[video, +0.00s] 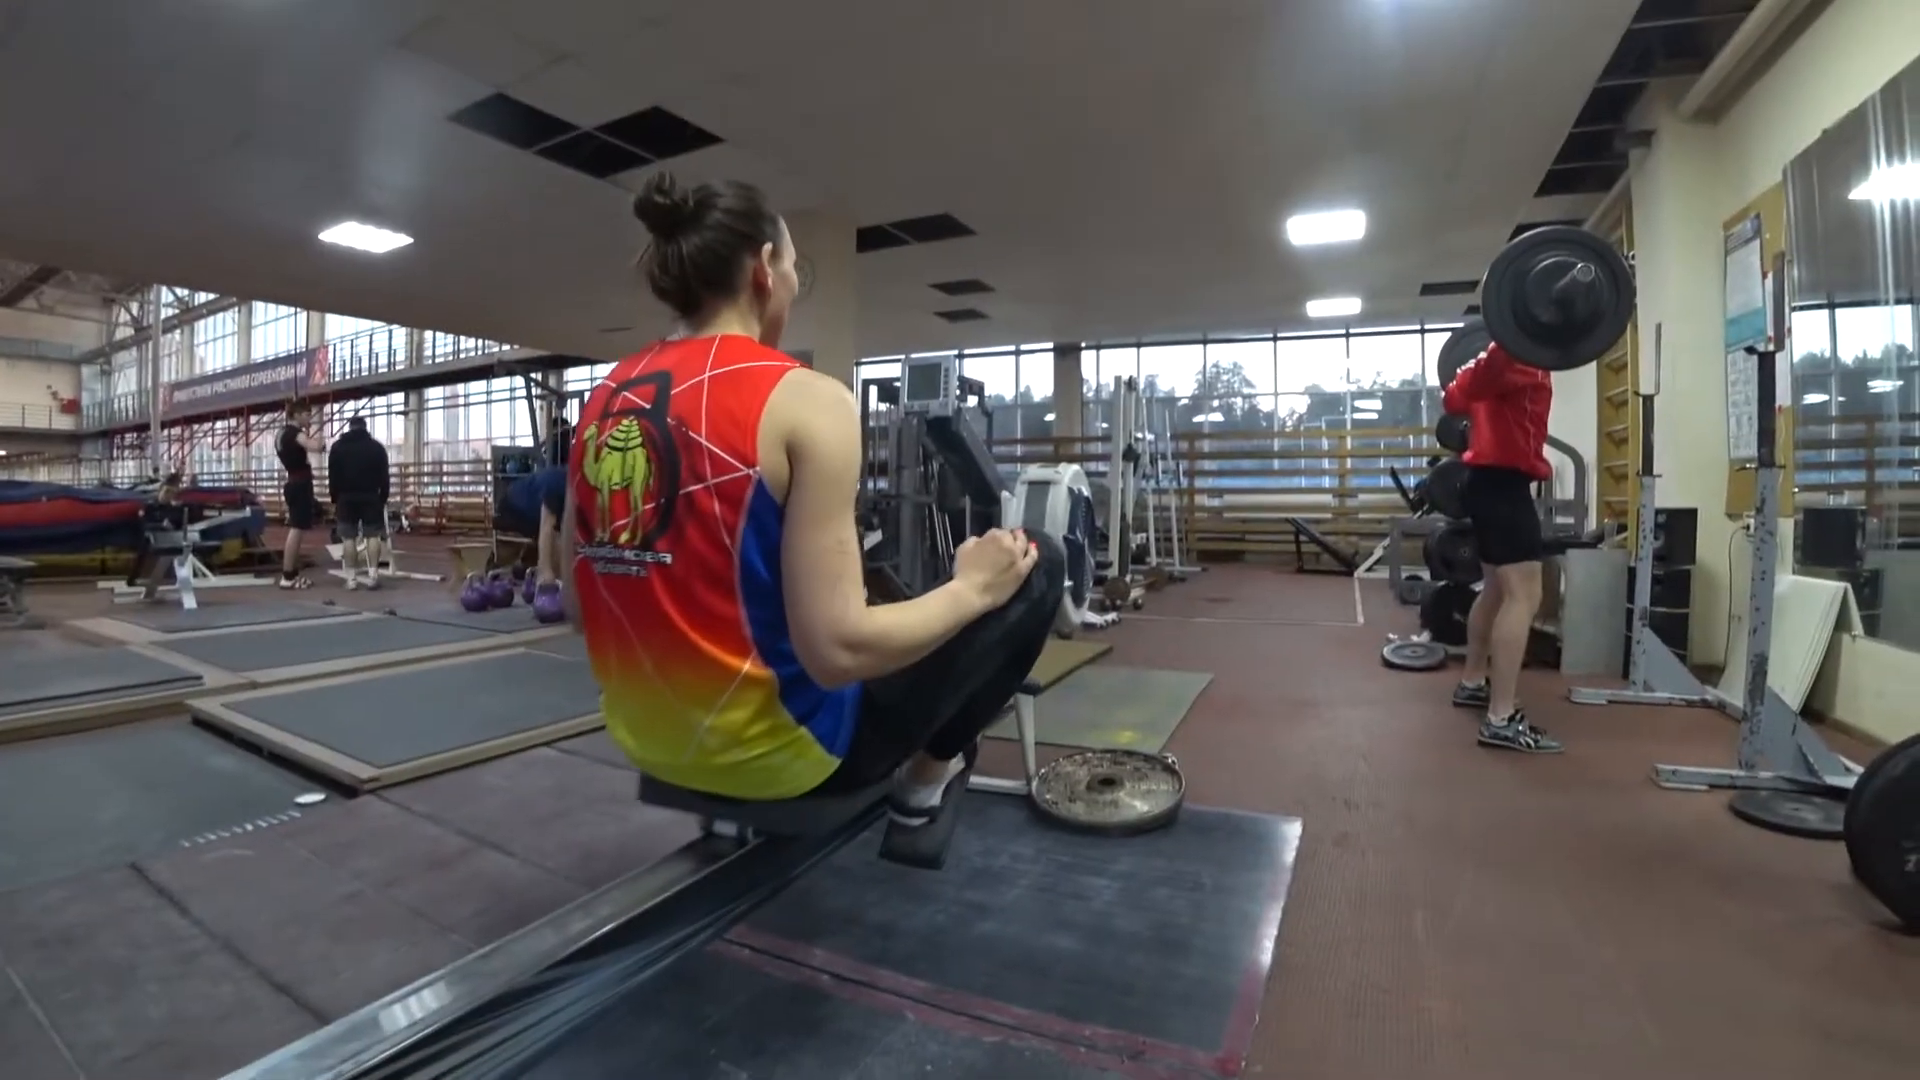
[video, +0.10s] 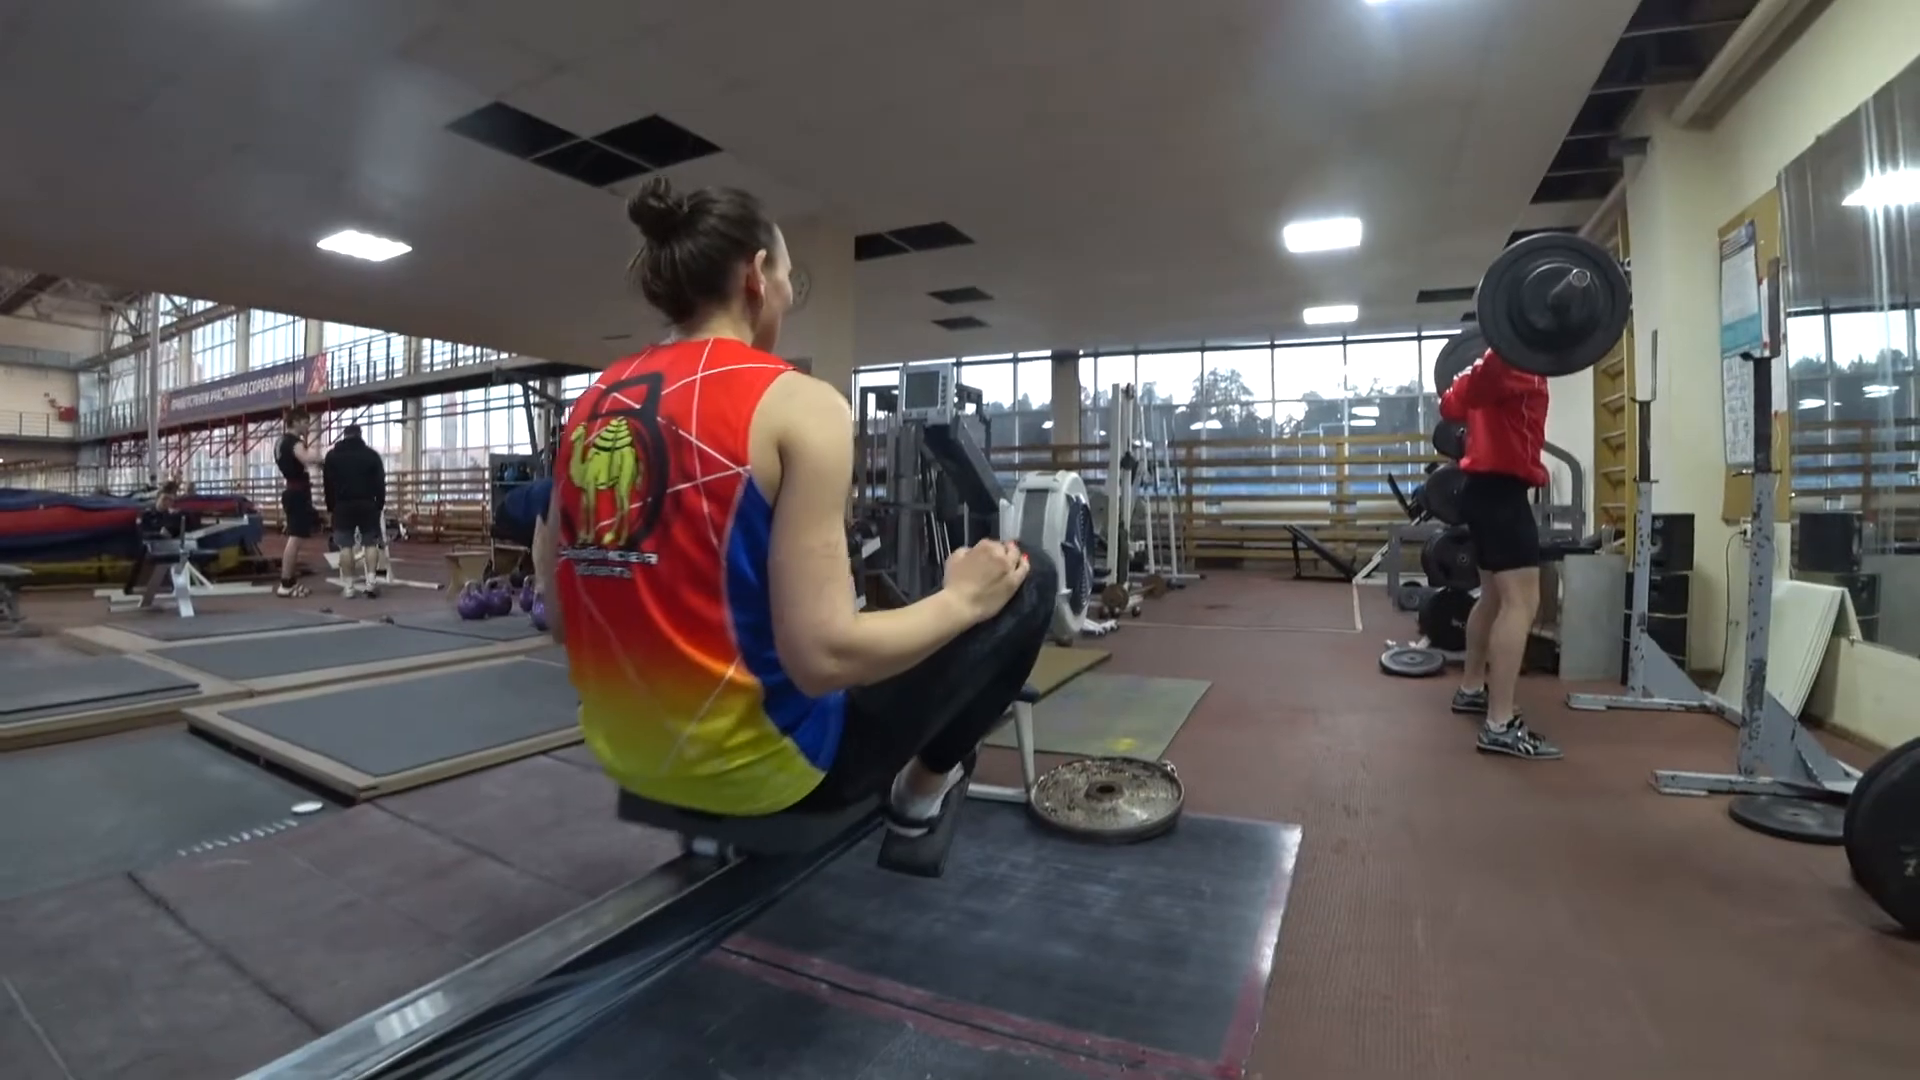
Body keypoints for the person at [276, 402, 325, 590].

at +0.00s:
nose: (309, 416)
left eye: (309, 413)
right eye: (306, 413)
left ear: (295, 415)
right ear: (296, 414)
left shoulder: (284, 434)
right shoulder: (293, 433)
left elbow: (309, 446)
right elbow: (316, 446)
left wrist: (308, 432)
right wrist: (318, 432)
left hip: (294, 483)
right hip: (300, 484)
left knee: (297, 529)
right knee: (297, 529)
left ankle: (290, 573)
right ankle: (289, 575)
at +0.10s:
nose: (308, 425)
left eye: (308, 422)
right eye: (305, 422)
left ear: (293, 422)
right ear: (295, 422)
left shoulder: (283, 442)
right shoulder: (292, 442)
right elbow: (310, 458)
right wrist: (315, 435)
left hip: (292, 492)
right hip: (298, 493)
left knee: (295, 537)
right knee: (295, 538)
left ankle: (288, 580)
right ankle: (286, 583)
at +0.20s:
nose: (307, 432)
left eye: (307, 428)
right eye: (305, 428)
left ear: (292, 429)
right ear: (296, 429)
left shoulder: (284, 448)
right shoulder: (293, 448)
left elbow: (280, 472)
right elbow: (296, 468)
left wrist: (307, 478)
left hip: (291, 499)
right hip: (296, 500)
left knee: (294, 544)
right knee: (294, 545)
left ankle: (286, 587)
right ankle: (284, 589)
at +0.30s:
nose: (310, 429)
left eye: (310, 425)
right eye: (308, 425)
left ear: (296, 426)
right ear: (298, 425)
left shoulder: (287, 442)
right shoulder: (294, 443)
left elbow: (270, 466)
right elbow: (289, 463)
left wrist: (289, 476)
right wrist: (305, 473)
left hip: (291, 495)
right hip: (295, 496)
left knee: (292, 540)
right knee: (293, 540)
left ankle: (284, 583)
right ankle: (283, 584)